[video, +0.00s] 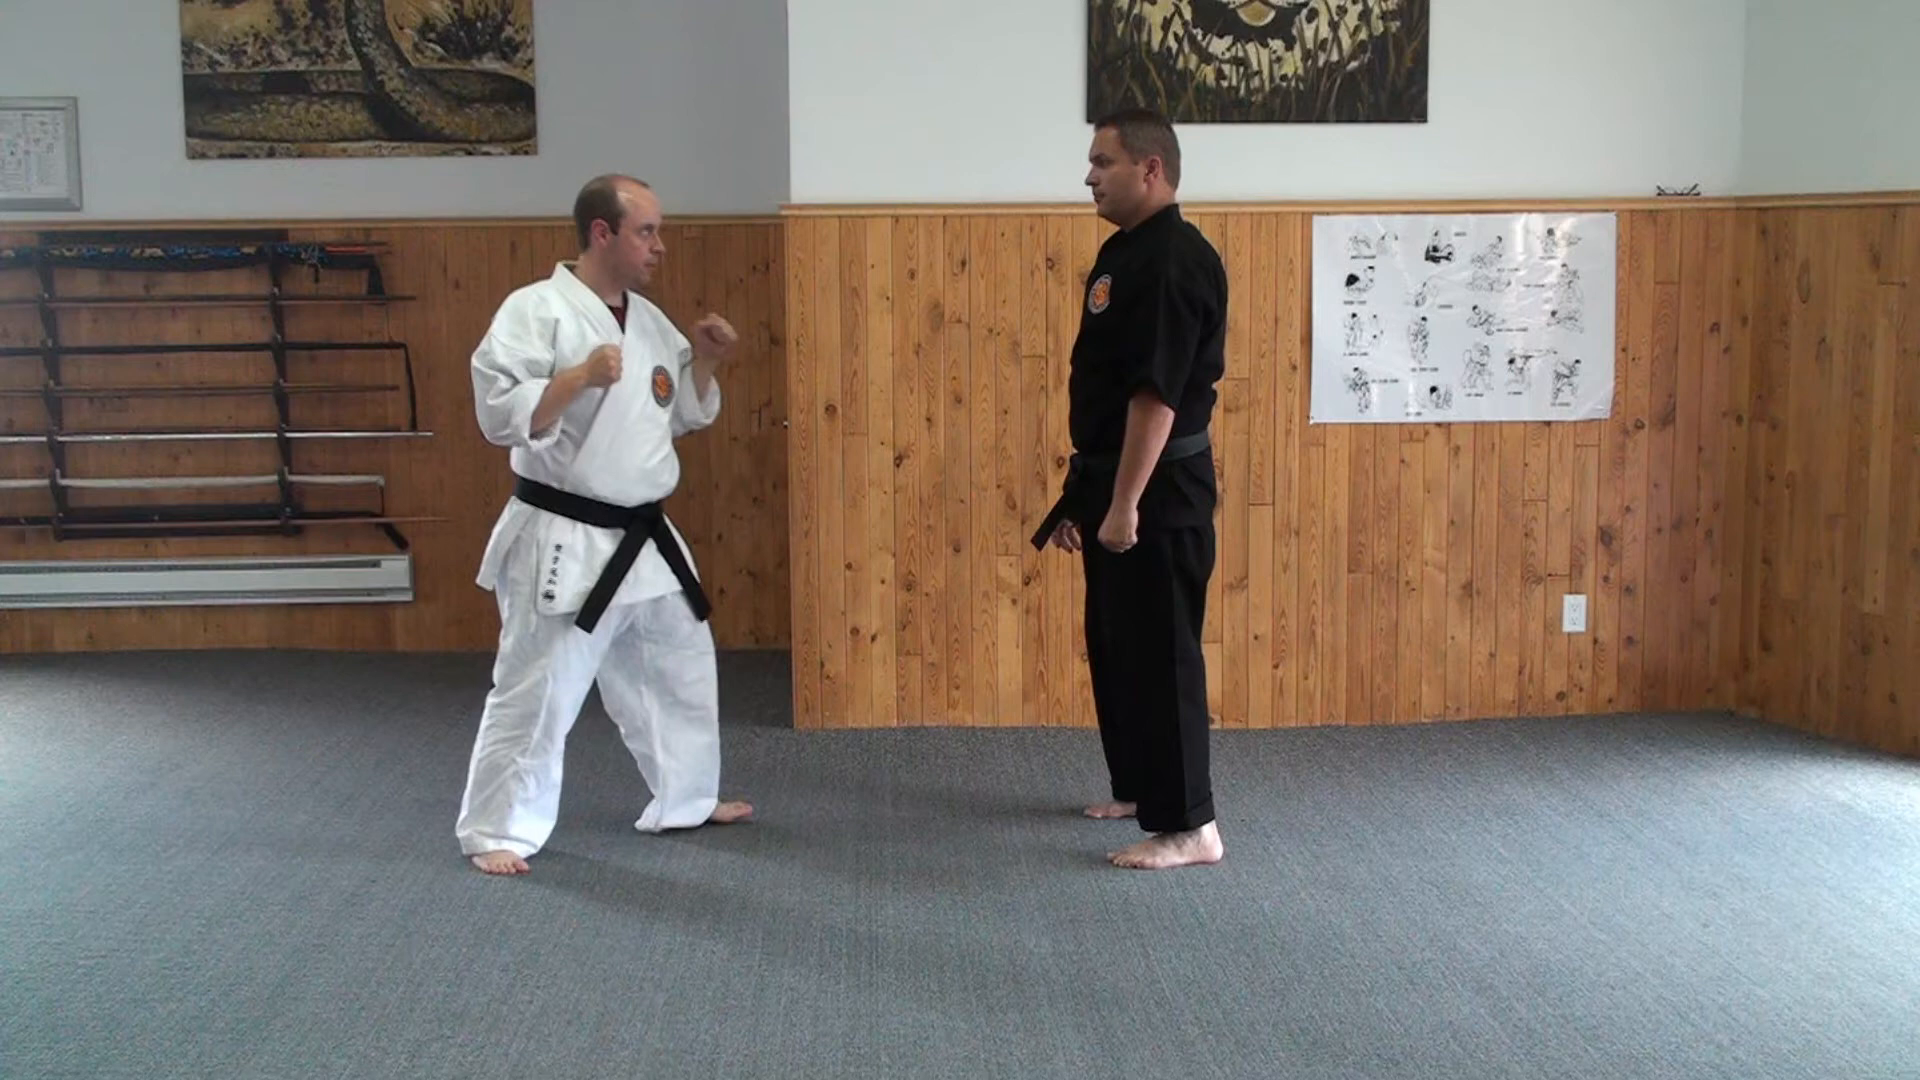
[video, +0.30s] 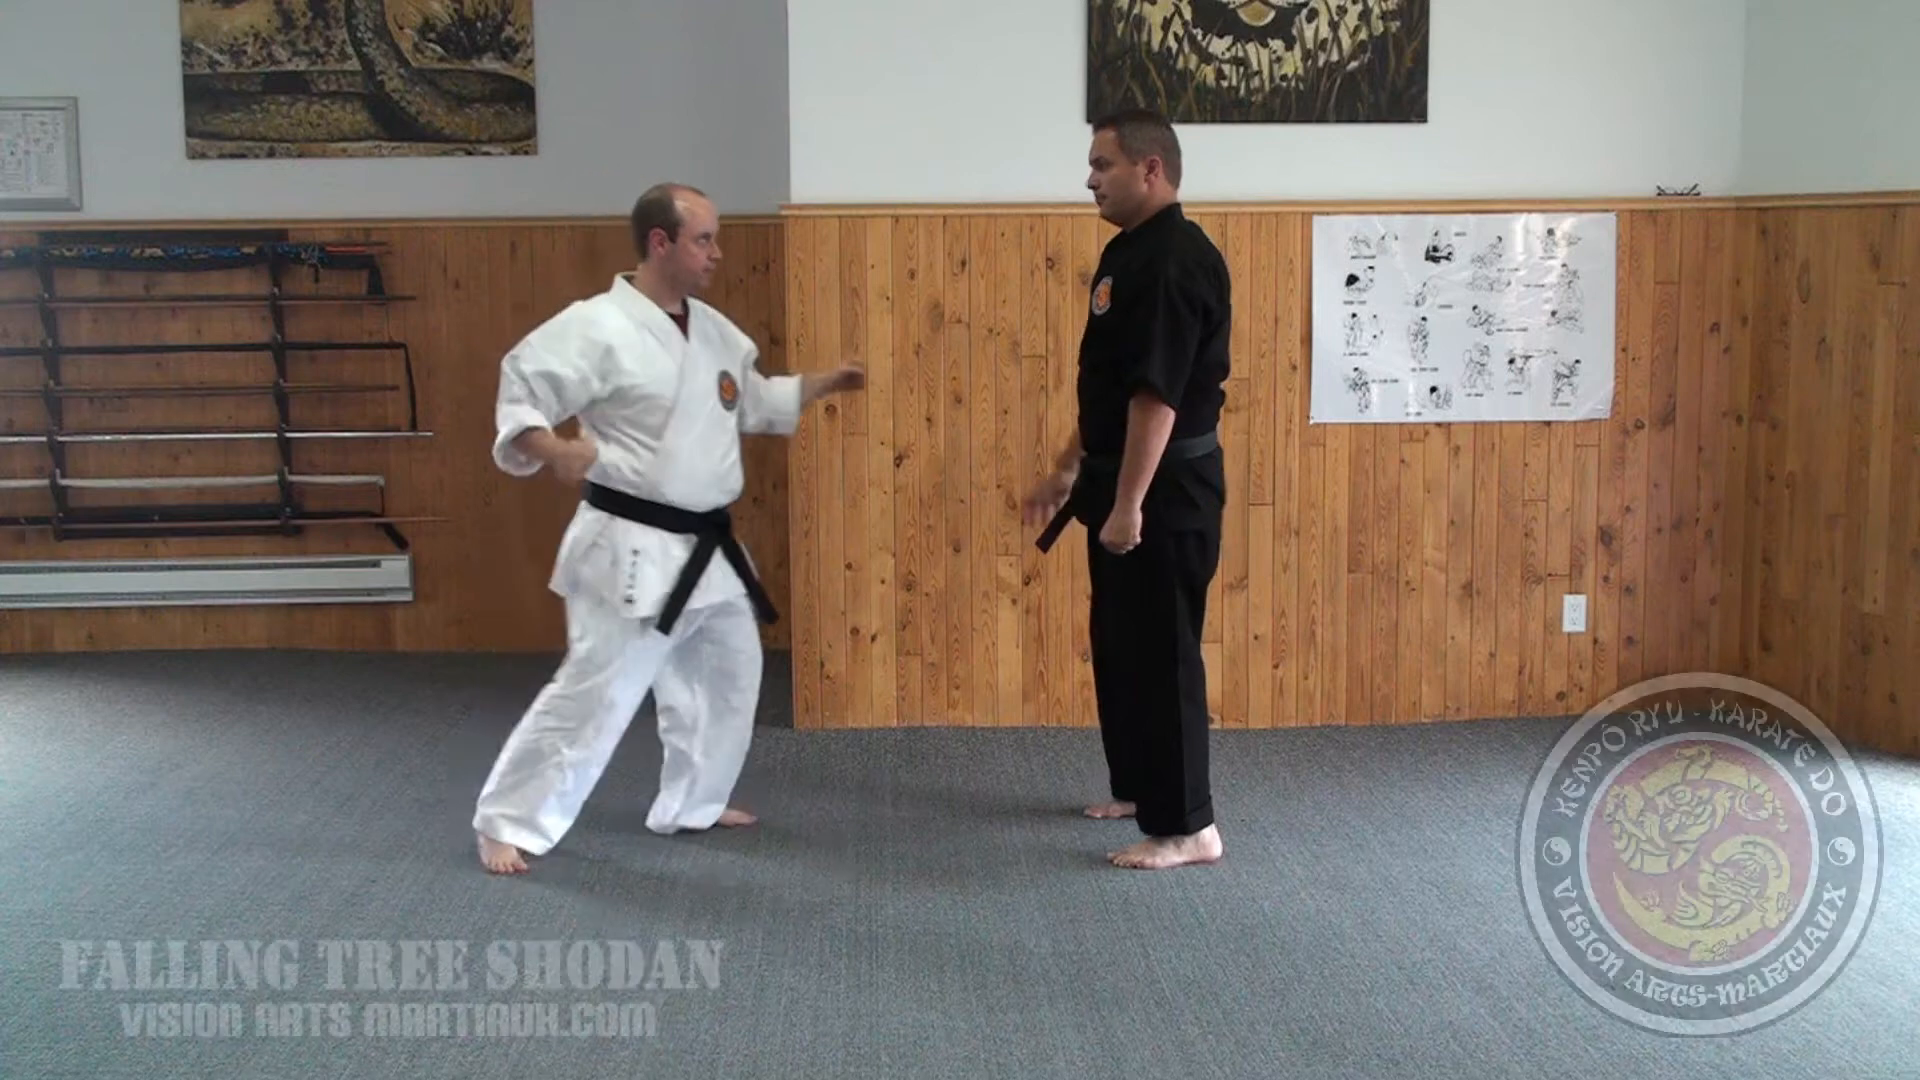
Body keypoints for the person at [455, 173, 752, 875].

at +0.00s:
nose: (659, 247)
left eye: (661, 233)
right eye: (648, 233)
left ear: (618, 236)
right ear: (600, 233)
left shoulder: (652, 322)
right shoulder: (533, 311)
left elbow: (675, 417)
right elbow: (500, 417)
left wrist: (707, 366)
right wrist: (580, 376)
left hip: (644, 531)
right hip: (562, 530)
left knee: (683, 663)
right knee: (535, 691)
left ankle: (684, 800)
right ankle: (492, 833)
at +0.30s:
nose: (716, 255)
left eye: (717, 241)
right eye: (704, 242)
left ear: (674, 245)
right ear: (660, 243)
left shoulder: (715, 332)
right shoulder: (599, 325)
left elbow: (748, 400)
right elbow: (517, 390)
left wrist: (817, 385)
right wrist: (549, 448)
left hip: (706, 542)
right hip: (629, 538)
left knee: (730, 669)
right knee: (594, 689)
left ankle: (691, 801)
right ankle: (507, 821)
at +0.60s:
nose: (807, 253)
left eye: (807, 240)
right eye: (796, 239)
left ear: (763, 243)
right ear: (756, 241)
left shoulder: (762, 324)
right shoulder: (707, 315)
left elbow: (778, 408)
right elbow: (623, 383)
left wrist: (850, 398)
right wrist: (651, 391)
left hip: (756, 528)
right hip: (733, 531)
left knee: (742, 679)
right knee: (816, 664)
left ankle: (693, 802)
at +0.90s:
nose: (893, 258)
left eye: (891, 244)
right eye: (884, 245)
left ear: (832, 249)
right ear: (847, 247)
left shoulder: (760, 333)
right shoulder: (870, 309)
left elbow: (727, 436)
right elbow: (957, 284)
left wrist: (784, 469)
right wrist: (1026, 238)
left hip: (777, 537)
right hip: (856, 540)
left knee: (782, 669)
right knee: (934, 672)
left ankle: (706, 797)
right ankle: (960, 832)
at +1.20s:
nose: (939, 253)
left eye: (938, 239)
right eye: (932, 239)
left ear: (875, 245)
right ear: (896, 242)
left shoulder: (794, 310)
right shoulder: (932, 305)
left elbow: (740, 417)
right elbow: (1029, 273)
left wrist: (802, 447)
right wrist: (1108, 218)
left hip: (790, 526)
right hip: (876, 533)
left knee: (769, 676)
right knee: (940, 675)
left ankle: (725, 813)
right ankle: (961, 834)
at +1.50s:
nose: (929, 251)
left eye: (928, 237)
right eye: (921, 237)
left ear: (862, 243)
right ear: (885, 240)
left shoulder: (786, 312)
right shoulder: (921, 306)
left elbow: (737, 421)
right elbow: (1014, 279)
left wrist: (799, 447)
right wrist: (1095, 233)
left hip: (788, 529)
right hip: (875, 535)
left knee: (774, 675)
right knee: (941, 672)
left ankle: (723, 812)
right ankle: (962, 834)